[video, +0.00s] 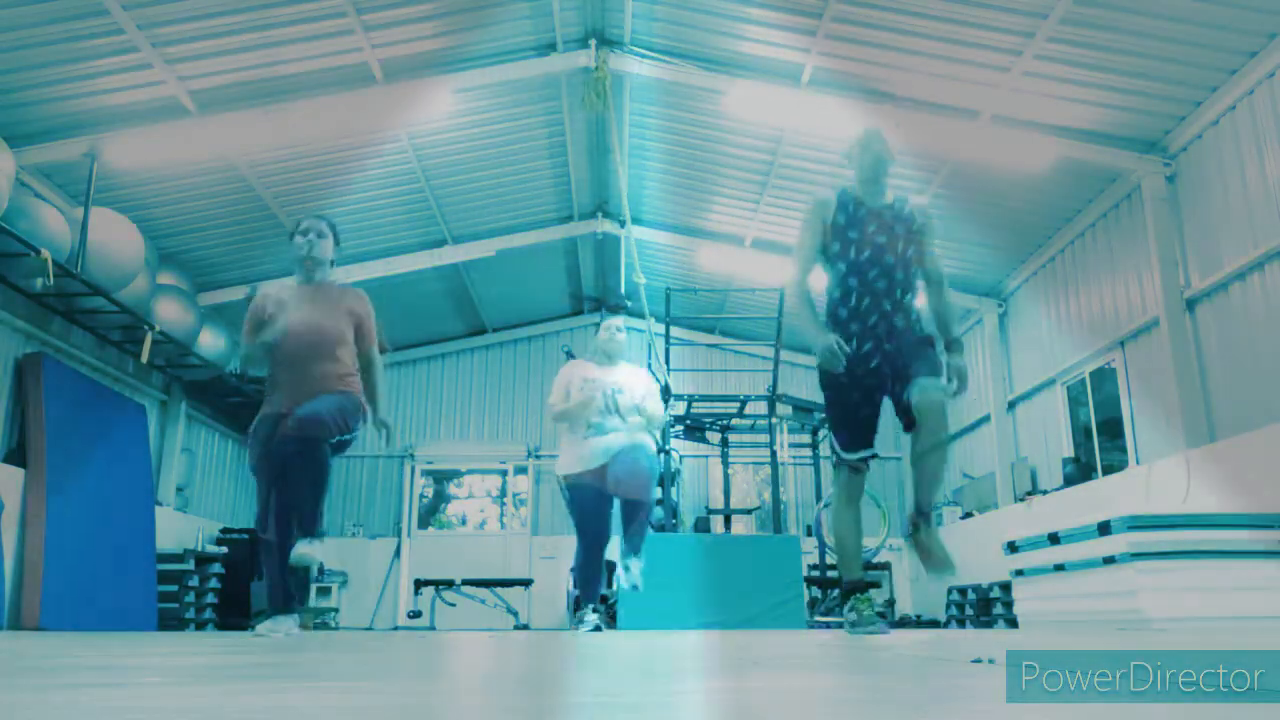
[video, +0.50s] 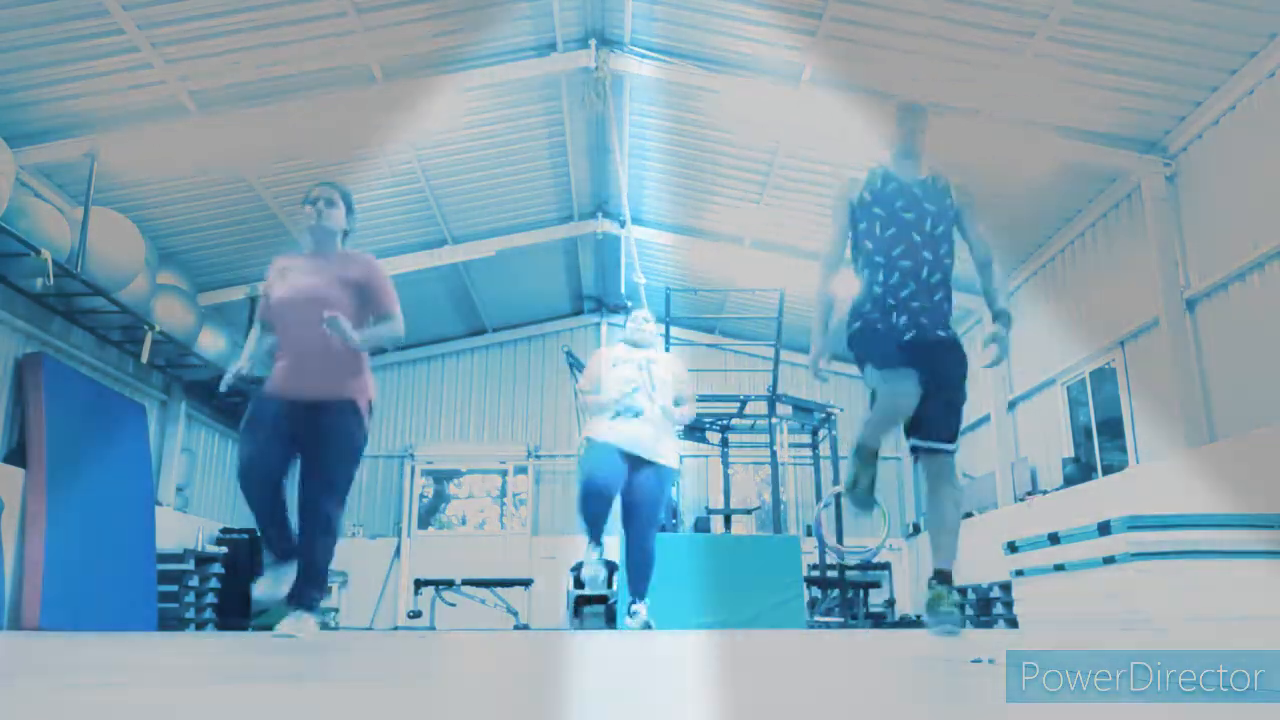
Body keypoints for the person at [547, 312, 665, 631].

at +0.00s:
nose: (616, 335)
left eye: (621, 330)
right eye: (610, 330)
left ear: (627, 338)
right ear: (597, 336)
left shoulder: (639, 375)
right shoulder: (574, 369)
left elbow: (659, 418)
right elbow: (554, 413)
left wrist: (637, 413)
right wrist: (582, 405)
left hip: (630, 460)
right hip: (582, 463)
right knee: (591, 538)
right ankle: (587, 609)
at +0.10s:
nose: (617, 331)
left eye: (624, 327)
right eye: (612, 326)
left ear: (633, 335)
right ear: (601, 333)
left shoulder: (649, 370)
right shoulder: (580, 364)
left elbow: (667, 412)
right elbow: (557, 405)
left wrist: (647, 415)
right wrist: (588, 408)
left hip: (634, 456)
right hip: (586, 460)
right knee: (592, 534)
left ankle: (634, 596)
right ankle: (585, 606)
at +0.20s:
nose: (624, 345)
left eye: (630, 341)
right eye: (617, 340)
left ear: (639, 351)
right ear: (605, 348)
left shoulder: (653, 385)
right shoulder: (586, 378)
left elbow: (672, 430)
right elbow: (565, 422)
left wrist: (656, 428)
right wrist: (594, 421)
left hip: (637, 471)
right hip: (589, 471)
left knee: (630, 537)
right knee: (593, 544)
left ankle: (626, 608)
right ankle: (585, 609)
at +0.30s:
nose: (629, 350)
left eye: (636, 346)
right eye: (623, 345)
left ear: (646, 355)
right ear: (613, 354)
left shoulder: (658, 391)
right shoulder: (593, 385)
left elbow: (677, 439)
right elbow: (572, 429)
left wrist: (666, 423)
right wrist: (604, 417)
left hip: (642, 472)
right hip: (592, 473)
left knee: (629, 534)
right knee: (596, 547)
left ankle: (627, 610)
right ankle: (587, 612)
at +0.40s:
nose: (635, 328)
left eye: (642, 325)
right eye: (630, 325)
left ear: (653, 335)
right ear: (620, 333)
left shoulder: (666, 368)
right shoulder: (600, 362)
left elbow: (683, 413)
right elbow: (579, 406)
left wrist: (665, 412)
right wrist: (610, 399)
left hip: (647, 462)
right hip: (598, 458)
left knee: (635, 532)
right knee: (592, 517)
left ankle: (631, 606)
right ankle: (584, 579)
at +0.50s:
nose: (642, 325)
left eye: (648, 321)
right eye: (636, 321)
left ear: (657, 331)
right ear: (624, 328)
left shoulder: (672, 363)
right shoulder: (604, 357)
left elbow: (689, 410)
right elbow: (582, 401)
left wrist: (671, 412)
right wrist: (614, 399)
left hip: (655, 447)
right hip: (608, 439)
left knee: (642, 527)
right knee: (599, 483)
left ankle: (637, 604)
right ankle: (594, 543)